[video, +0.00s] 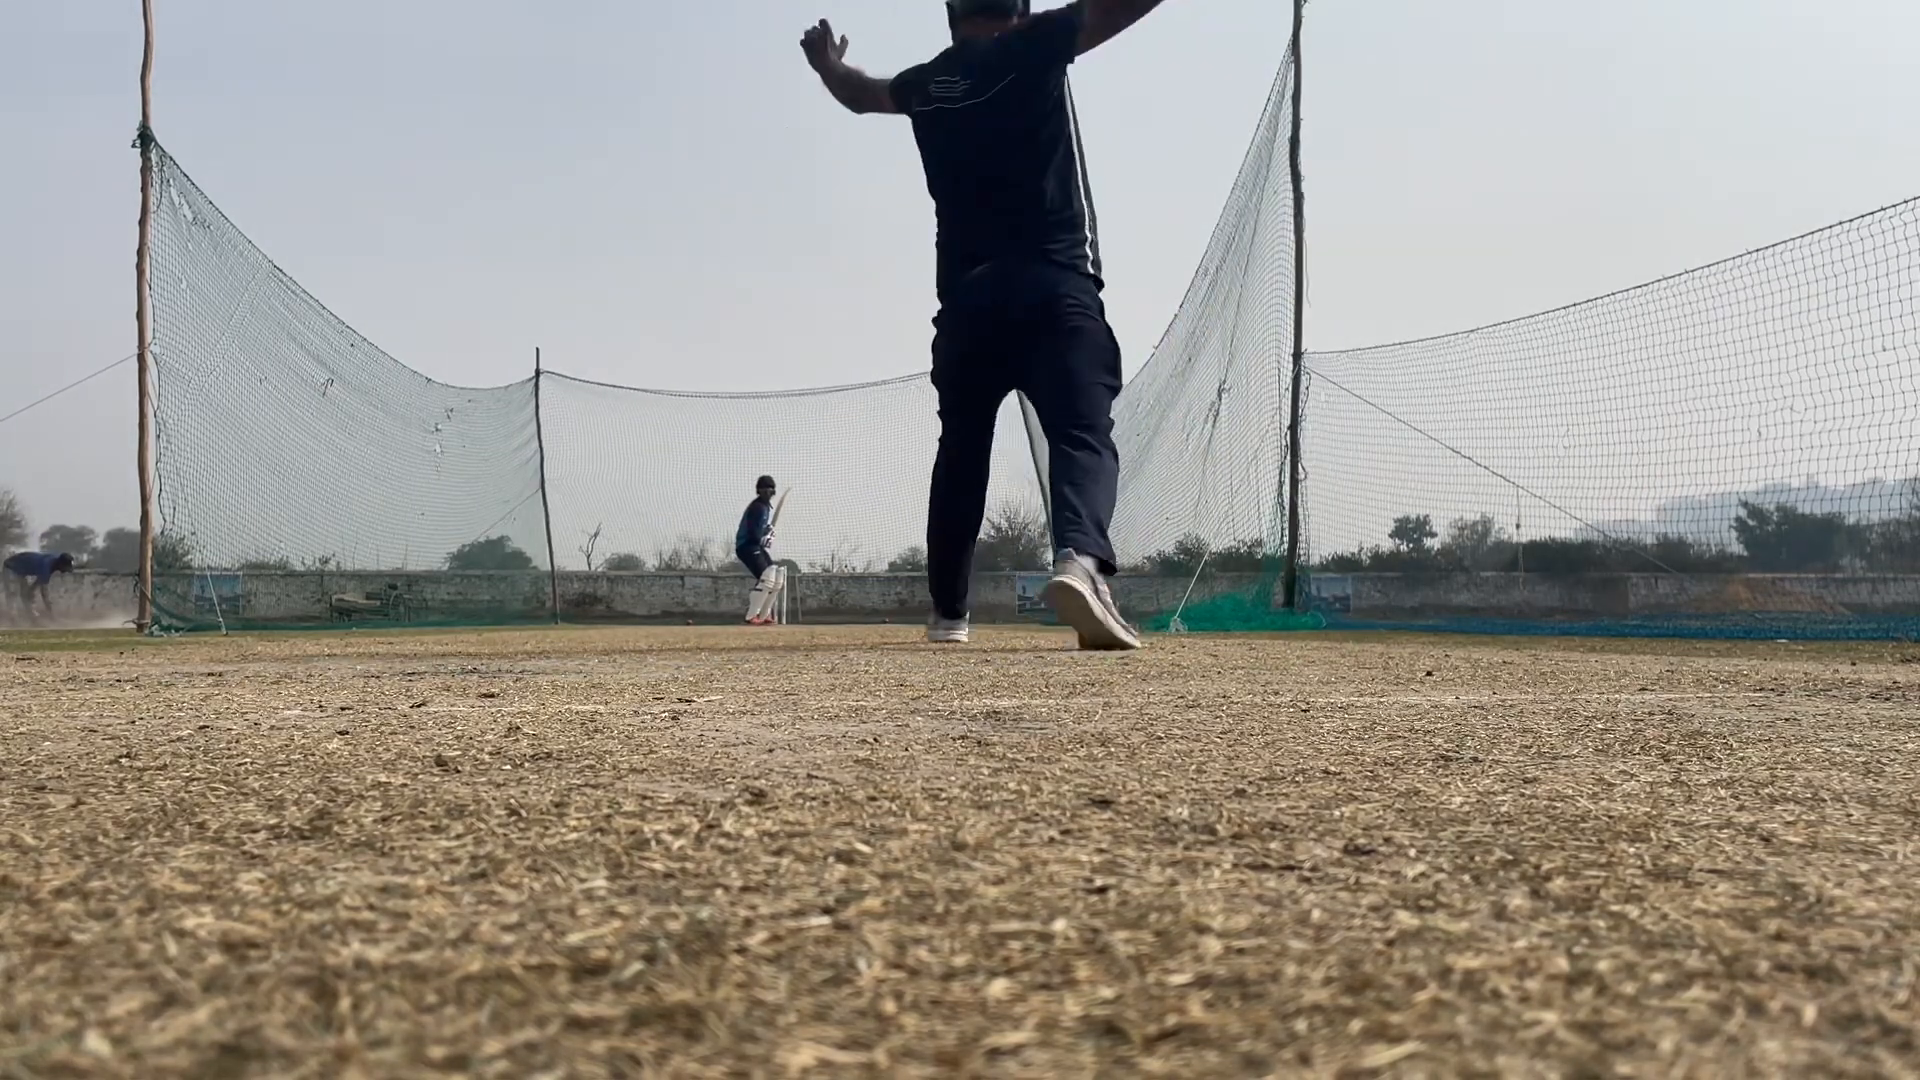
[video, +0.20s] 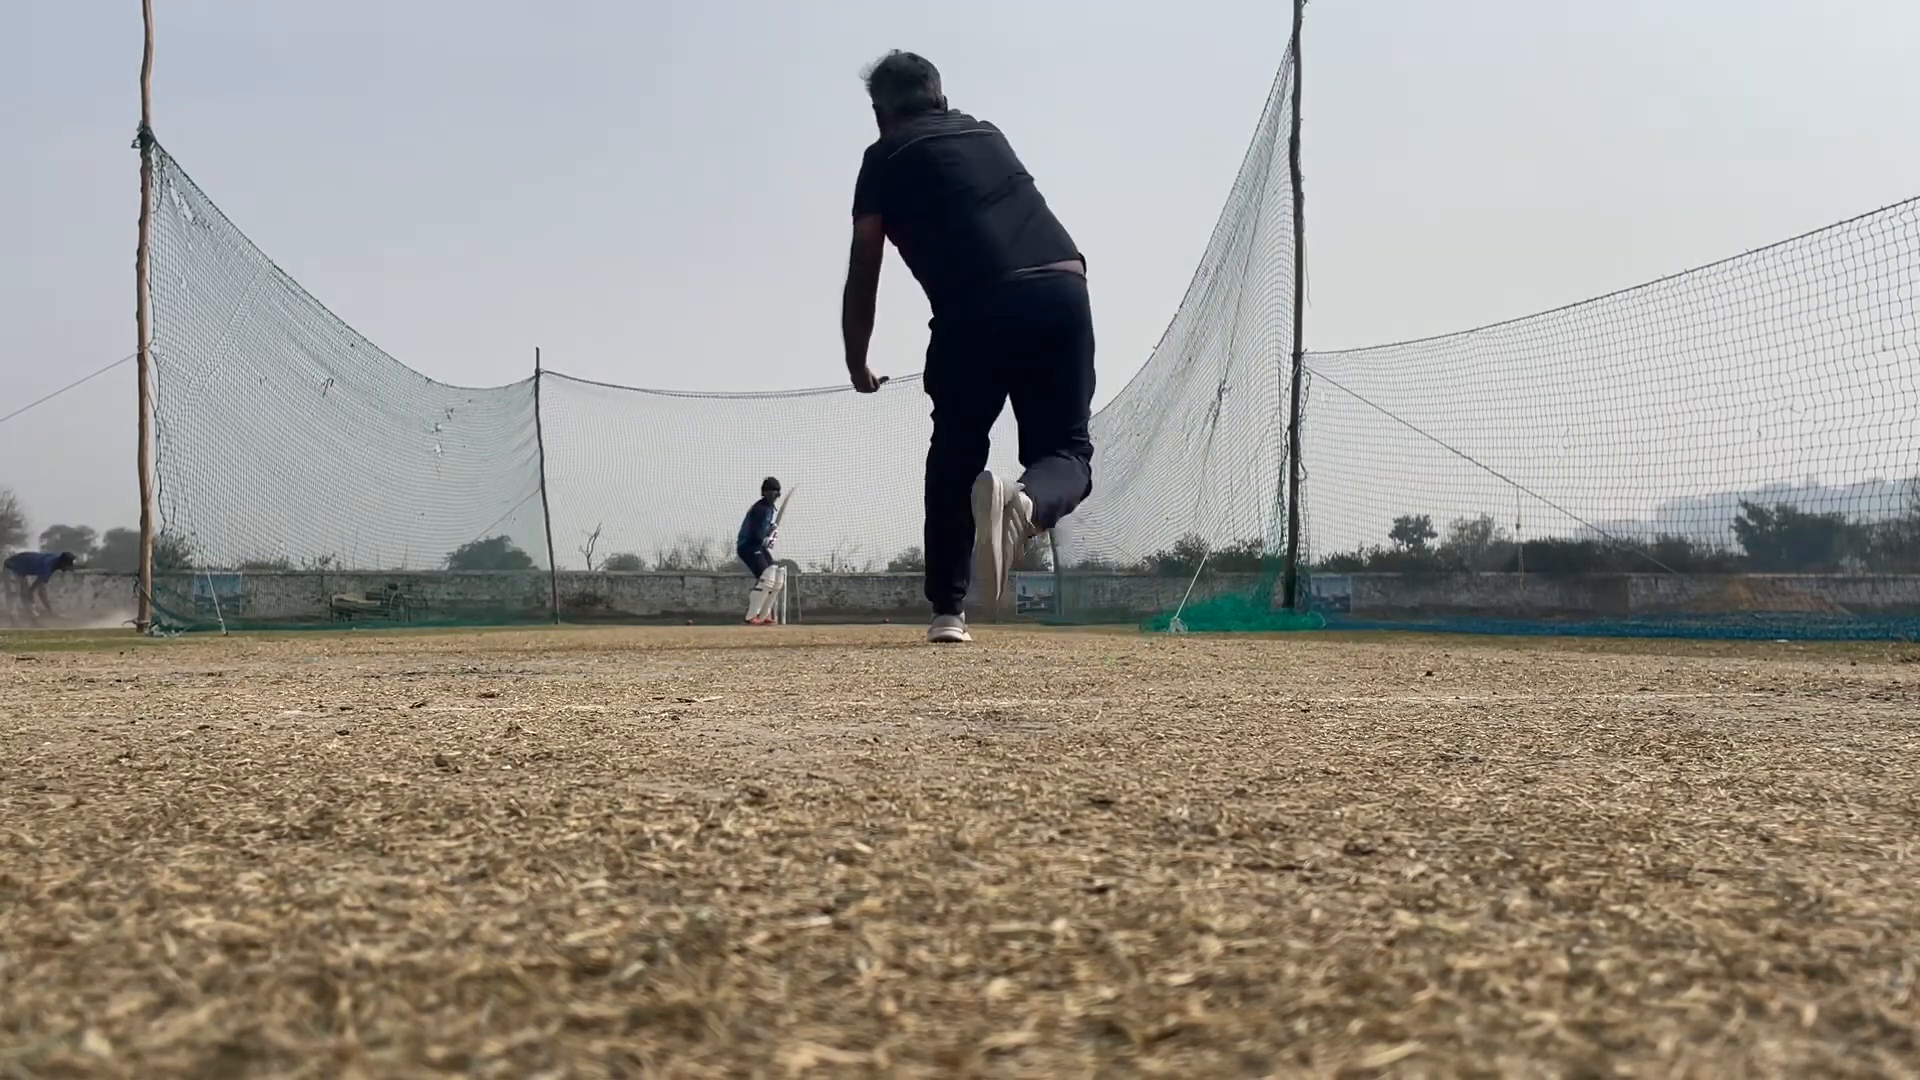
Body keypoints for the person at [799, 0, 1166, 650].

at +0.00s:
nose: (1023, 20)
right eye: (1021, 14)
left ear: (953, 20)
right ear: (1018, 16)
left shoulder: (921, 83)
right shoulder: (1039, 41)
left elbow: (864, 93)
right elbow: (1129, 4)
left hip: (969, 299)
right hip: (1057, 285)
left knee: (960, 453)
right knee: (1082, 433)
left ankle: (949, 618)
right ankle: (1078, 565)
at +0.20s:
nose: (877, 123)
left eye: (876, 114)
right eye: (877, 115)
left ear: (882, 112)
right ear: (943, 101)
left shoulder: (883, 158)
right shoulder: (985, 133)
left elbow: (865, 266)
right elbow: (1014, 215)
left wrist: (856, 359)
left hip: (975, 306)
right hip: (1061, 286)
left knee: (954, 455)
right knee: (1065, 449)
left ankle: (949, 614)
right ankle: (1026, 507)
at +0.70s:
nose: (873, 87)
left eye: (876, 79)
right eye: (881, 79)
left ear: (883, 76)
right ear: (936, 82)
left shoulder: (878, 102)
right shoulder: (962, 127)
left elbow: (824, 194)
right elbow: (964, 261)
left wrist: (783, 255)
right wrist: (886, 322)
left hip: (984, 298)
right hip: (1048, 279)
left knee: (945, 458)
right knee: (1108, 403)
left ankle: (965, 611)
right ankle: (1258, 468)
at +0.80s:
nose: (882, 89)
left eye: (881, 80)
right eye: (886, 81)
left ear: (886, 77)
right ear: (943, 74)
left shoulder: (882, 117)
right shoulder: (981, 117)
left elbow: (870, 234)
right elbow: (995, 217)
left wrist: (855, 342)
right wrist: (952, 306)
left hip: (975, 301)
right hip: (1044, 285)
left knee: (939, 454)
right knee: (1090, 419)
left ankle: (965, 611)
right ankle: (1161, 563)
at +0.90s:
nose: (893, 87)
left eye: (892, 78)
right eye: (895, 80)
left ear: (900, 76)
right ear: (954, 72)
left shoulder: (898, 119)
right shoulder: (1001, 115)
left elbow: (918, 187)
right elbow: (1064, 210)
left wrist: (924, 268)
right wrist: (1052, 277)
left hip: (969, 308)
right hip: (1035, 300)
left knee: (938, 459)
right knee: (1062, 445)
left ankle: (965, 613)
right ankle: (1115, 603)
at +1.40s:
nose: (973, 76)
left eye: (972, 67)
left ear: (970, 66)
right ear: (1031, 70)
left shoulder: (945, 110)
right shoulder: (1069, 123)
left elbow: (889, 215)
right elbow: (1101, 237)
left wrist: (901, 243)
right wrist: (1076, 297)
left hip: (987, 311)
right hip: (1066, 310)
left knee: (958, 460)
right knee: (1086, 456)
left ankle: (966, 613)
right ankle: (1122, 610)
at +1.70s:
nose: (1035, 80)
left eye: (1032, 70)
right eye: (1088, 76)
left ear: (1028, 68)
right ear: (1089, 76)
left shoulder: (998, 110)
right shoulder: (1120, 124)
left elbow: (947, 211)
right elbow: (1161, 227)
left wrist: (984, 156)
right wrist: (1183, 330)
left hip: (1031, 300)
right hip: (1107, 303)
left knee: (997, 452)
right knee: (1111, 451)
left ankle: (968, 611)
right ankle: (1124, 610)